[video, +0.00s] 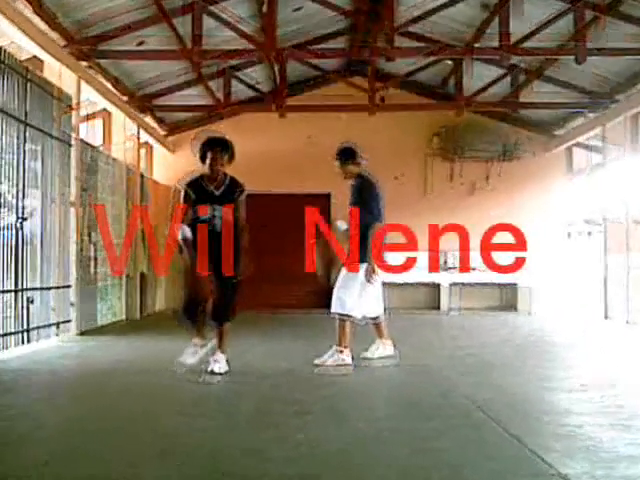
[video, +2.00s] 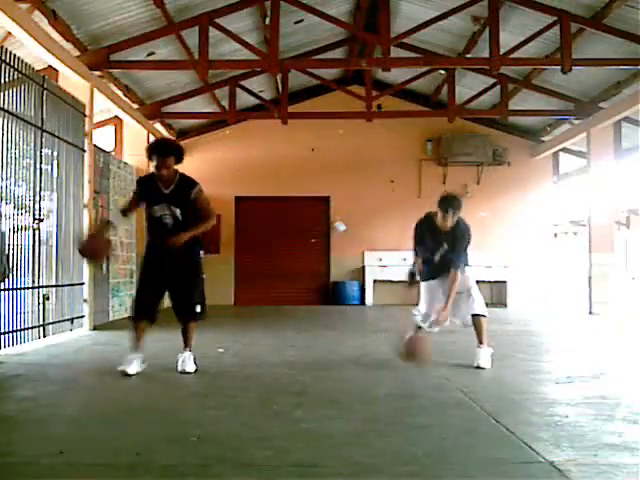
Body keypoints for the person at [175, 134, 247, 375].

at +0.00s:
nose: (216, 163)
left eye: (221, 158)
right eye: (212, 157)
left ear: (227, 160)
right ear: (205, 159)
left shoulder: (236, 189)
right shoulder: (193, 187)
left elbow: (242, 225)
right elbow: (184, 222)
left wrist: (242, 259)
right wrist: (184, 245)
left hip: (226, 255)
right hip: (199, 254)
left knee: (223, 304)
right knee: (196, 298)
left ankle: (220, 351)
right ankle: (199, 340)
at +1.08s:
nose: (207, 174)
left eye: (211, 169)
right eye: (203, 169)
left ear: (218, 166)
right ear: (196, 166)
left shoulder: (228, 188)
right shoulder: (186, 187)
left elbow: (244, 214)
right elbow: (170, 217)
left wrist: (257, 231)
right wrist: (168, 242)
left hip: (220, 256)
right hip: (191, 256)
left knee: (223, 303)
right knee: (187, 304)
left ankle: (225, 347)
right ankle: (187, 348)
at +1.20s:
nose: (191, 176)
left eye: (195, 171)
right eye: (187, 172)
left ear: (204, 168)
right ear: (182, 169)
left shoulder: (218, 186)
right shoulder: (175, 189)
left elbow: (237, 205)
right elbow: (155, 218)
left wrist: (254, 200)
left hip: (206, 252)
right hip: (180, 252)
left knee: (202, 300)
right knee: (178, 302)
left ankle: (214, 339)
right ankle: (185, 348)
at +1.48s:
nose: (182, 176)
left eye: (186, 171)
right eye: (178, 171)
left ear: (196, 167)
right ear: (174, 168)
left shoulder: (209, 188)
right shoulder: (164, 186)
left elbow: (220, 219)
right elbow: (149, 223)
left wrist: (229, 205)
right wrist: (148, 257)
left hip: (197, 254)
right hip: (170, 254)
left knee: (193, 303)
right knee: (174, 303)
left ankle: (190, 350)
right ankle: (183, 347)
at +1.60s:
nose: (181, 175)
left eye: (185, 171)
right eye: (177, 170)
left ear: (195, 167)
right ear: (173, 167)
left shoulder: (205, 190)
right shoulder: (161, 187)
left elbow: (208, 224)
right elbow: (152, 226)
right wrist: (155, 258)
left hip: (196, 253)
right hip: (169, 255)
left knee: (194, 302)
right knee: (174, 303)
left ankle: (189, 350)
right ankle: (183, 347)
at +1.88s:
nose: (169, 174)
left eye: (173, 170)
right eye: (166, 169)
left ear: (184, 167)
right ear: (160, 166)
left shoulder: (194, 190)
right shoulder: (151, 187)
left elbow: (204, 229)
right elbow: (138, 218)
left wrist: (178, 249)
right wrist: (124, 237)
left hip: (191, 252)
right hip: (162, 252)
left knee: (190, 305)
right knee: (157, 304)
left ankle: (188, 352)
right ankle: (160, 345)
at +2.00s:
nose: (160, 171)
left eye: (165, 166)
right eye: (157, 166)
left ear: (176, 164)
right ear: (152, 164)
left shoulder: (190, 187)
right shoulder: (146, 184)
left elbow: (210, 218)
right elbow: (131, 208)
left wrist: (185, 235)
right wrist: (124, 212)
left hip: (185, 254)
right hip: (156, 253)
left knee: (187, 306)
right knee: (143, 304)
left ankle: (187, 353)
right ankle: (136, 354)